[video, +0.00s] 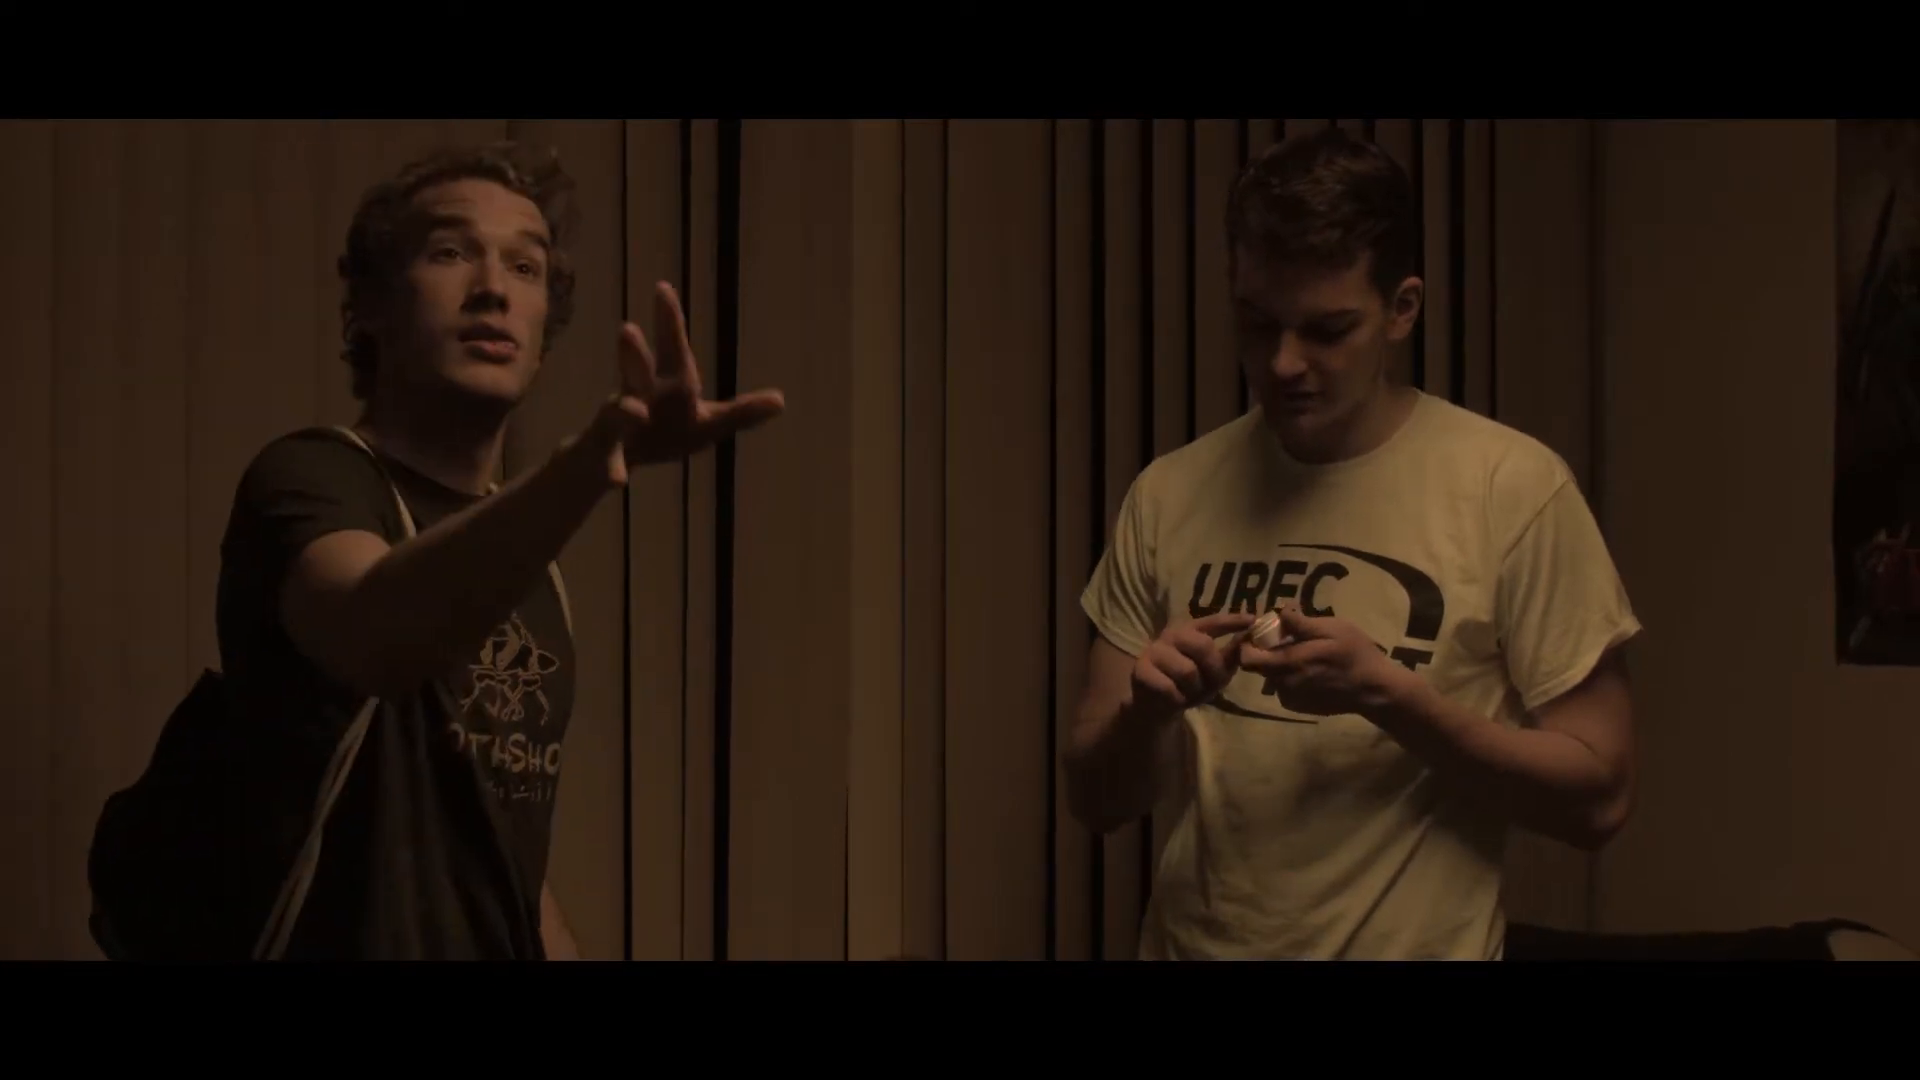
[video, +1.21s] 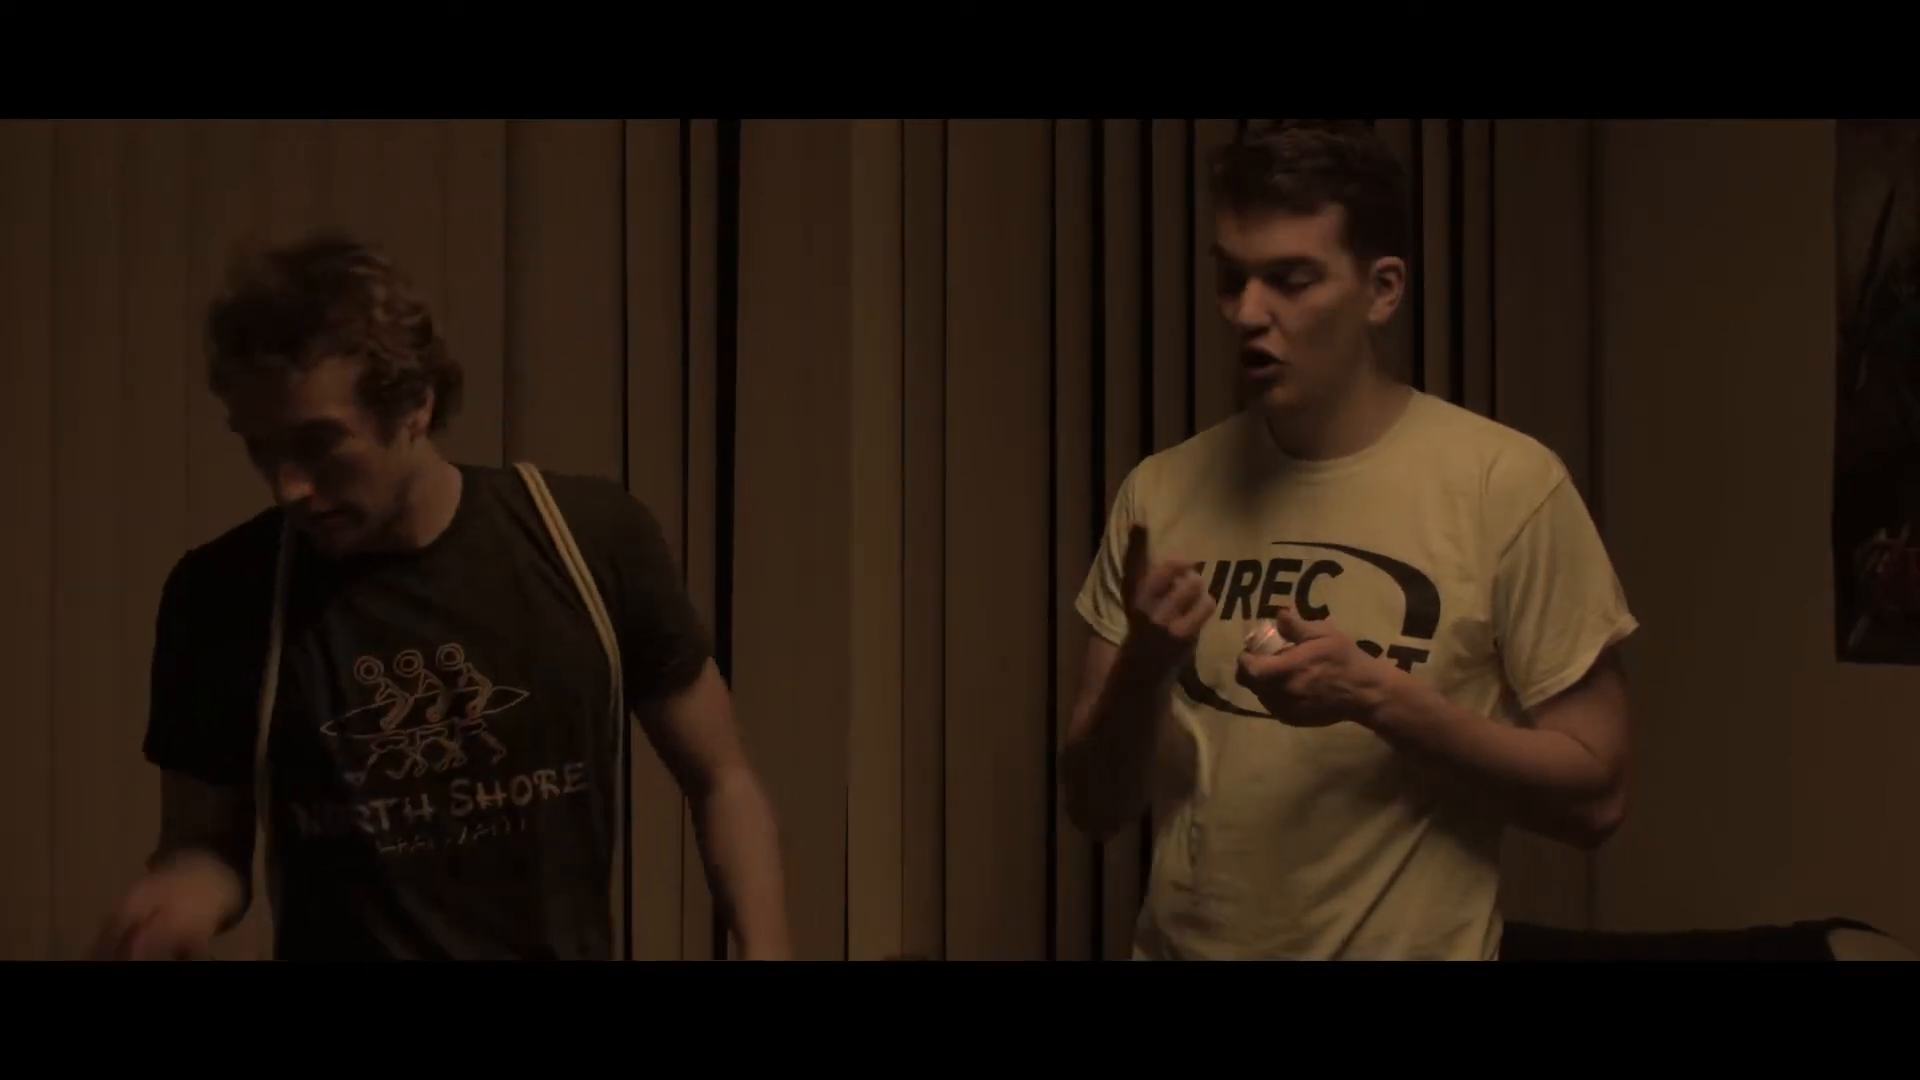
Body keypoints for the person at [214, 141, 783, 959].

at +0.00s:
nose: (495, 284)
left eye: (524, 265)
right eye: (451, 252)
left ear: (547, 322)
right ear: (367, 306)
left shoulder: (532, 562)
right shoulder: (309, 476)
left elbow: (504, 848)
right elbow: (369, 635)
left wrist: (555, 943)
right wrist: (588, 464)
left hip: (477, 940)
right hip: (315, 931)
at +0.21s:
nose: (484, 286)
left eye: (515, 263)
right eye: (440, 255)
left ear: (549, 305)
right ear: (365, 304)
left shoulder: (521, 541)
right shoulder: (305, 477)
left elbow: (506, 833)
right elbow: (325, 636)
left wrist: (560, 946)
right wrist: (527, 397)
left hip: (477, 936)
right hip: (312, 927)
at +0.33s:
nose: (490, 306)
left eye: (521, 277)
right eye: (445, 269)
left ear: (547, 322)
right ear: (366, 311)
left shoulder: (534, 538)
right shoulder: (305, 496)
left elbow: (511, 826)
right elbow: (252, 762)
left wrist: (563, 941)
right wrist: (429, 570)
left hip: (492, 942)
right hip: (324, 936)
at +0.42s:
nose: (485, 332)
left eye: (518, 298)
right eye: (444, 292)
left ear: (549, 329)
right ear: (371, 323)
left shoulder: (529, 539)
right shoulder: (306, 517)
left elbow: (522, 829)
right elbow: (212, 831)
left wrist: (568, 943)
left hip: (497, 946)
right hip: (332, 945)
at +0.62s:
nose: (434, 427)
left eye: (470, 380)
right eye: (398, 384)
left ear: (529, 368)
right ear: (355, 374)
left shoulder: (583, 542)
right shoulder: (260, 583)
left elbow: (590, 830)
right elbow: (184, 885)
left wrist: (628, 950)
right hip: (338, 947)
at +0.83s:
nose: (364, 466)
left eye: (399, 420)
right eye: (333, 426)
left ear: (484, 396)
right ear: (308, 413)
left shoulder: (623, 556)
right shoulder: (240, 586)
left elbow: (698, 821)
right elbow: (174, 862)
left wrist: (750, 954)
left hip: (556, 947)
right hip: (324, 950)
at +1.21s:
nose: (286, 488)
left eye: (317, 445)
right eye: (262, 450)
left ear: (413, 410)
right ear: (241, 431)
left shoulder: (595, 539)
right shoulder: (223, 596)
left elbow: (721, 780)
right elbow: (208, 845)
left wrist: (763, 947)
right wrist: (170, 908)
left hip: (567, 945)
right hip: (341, 955)